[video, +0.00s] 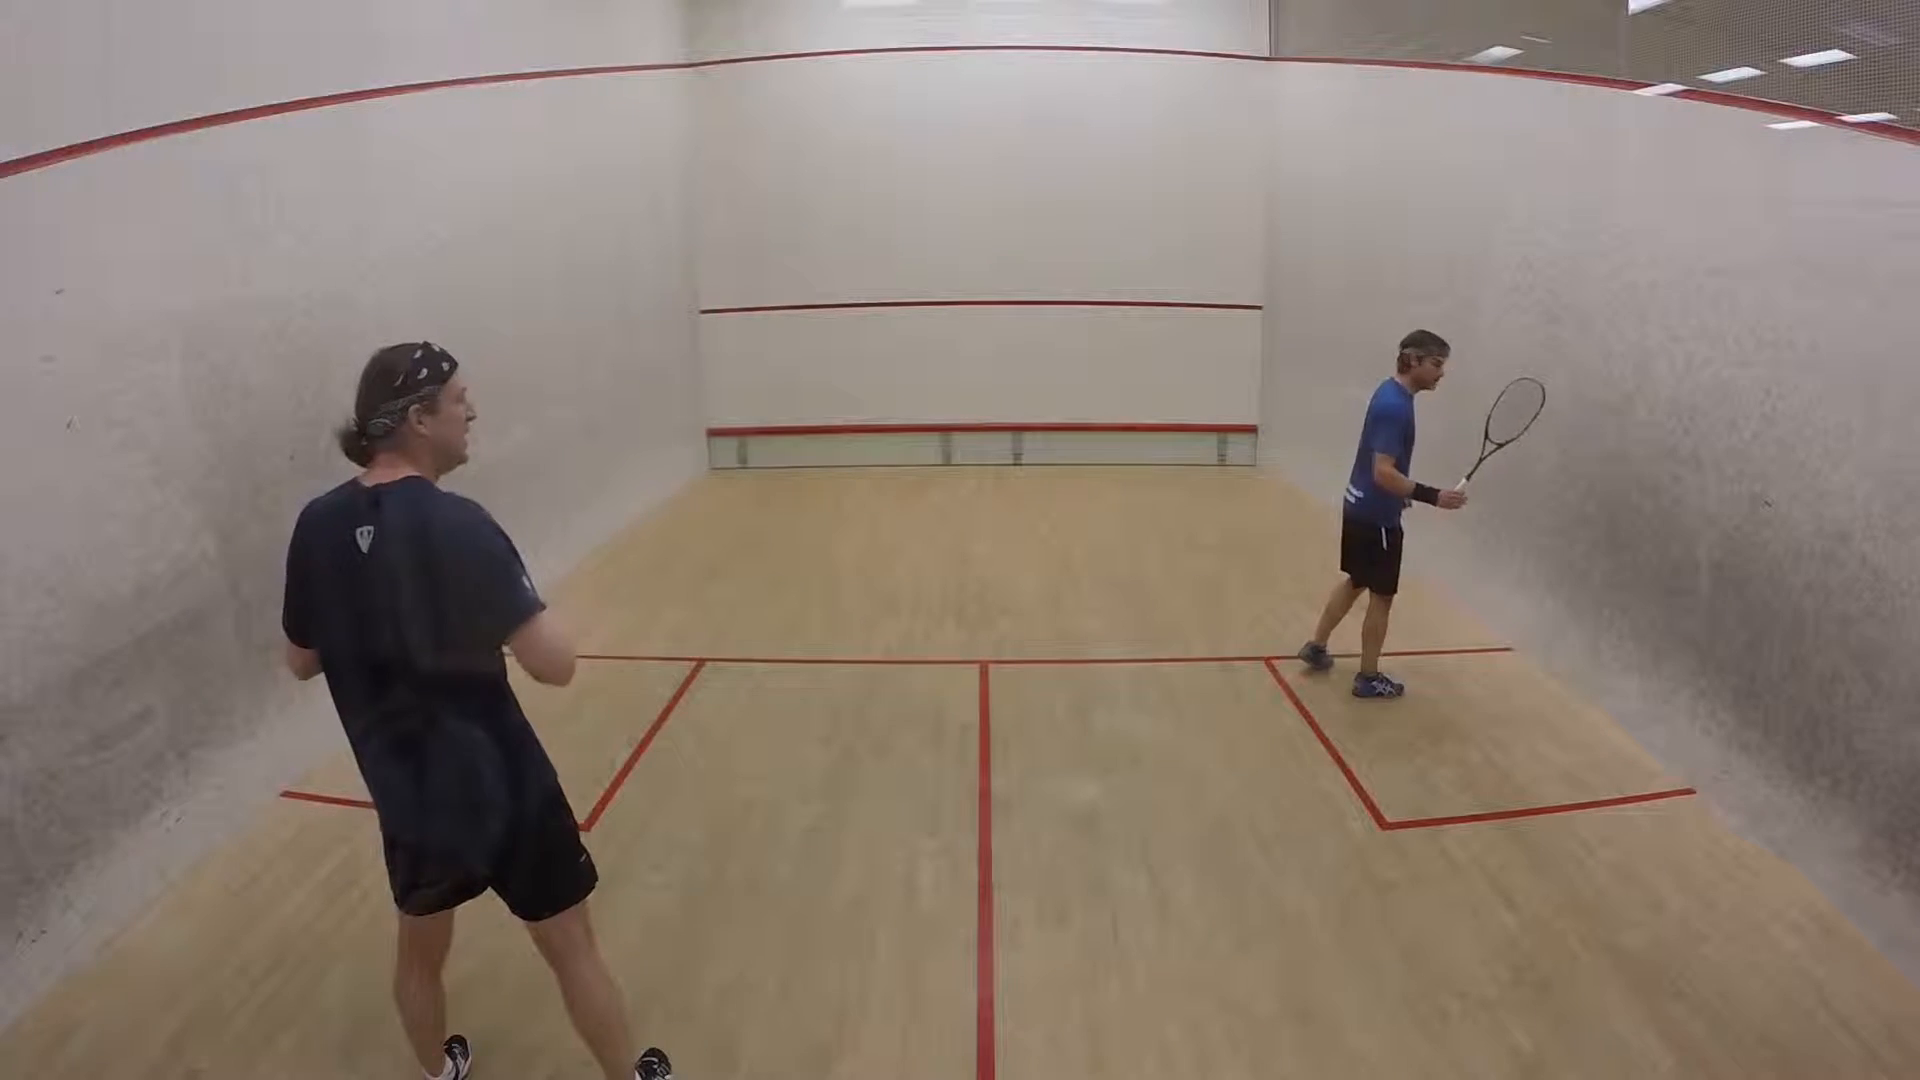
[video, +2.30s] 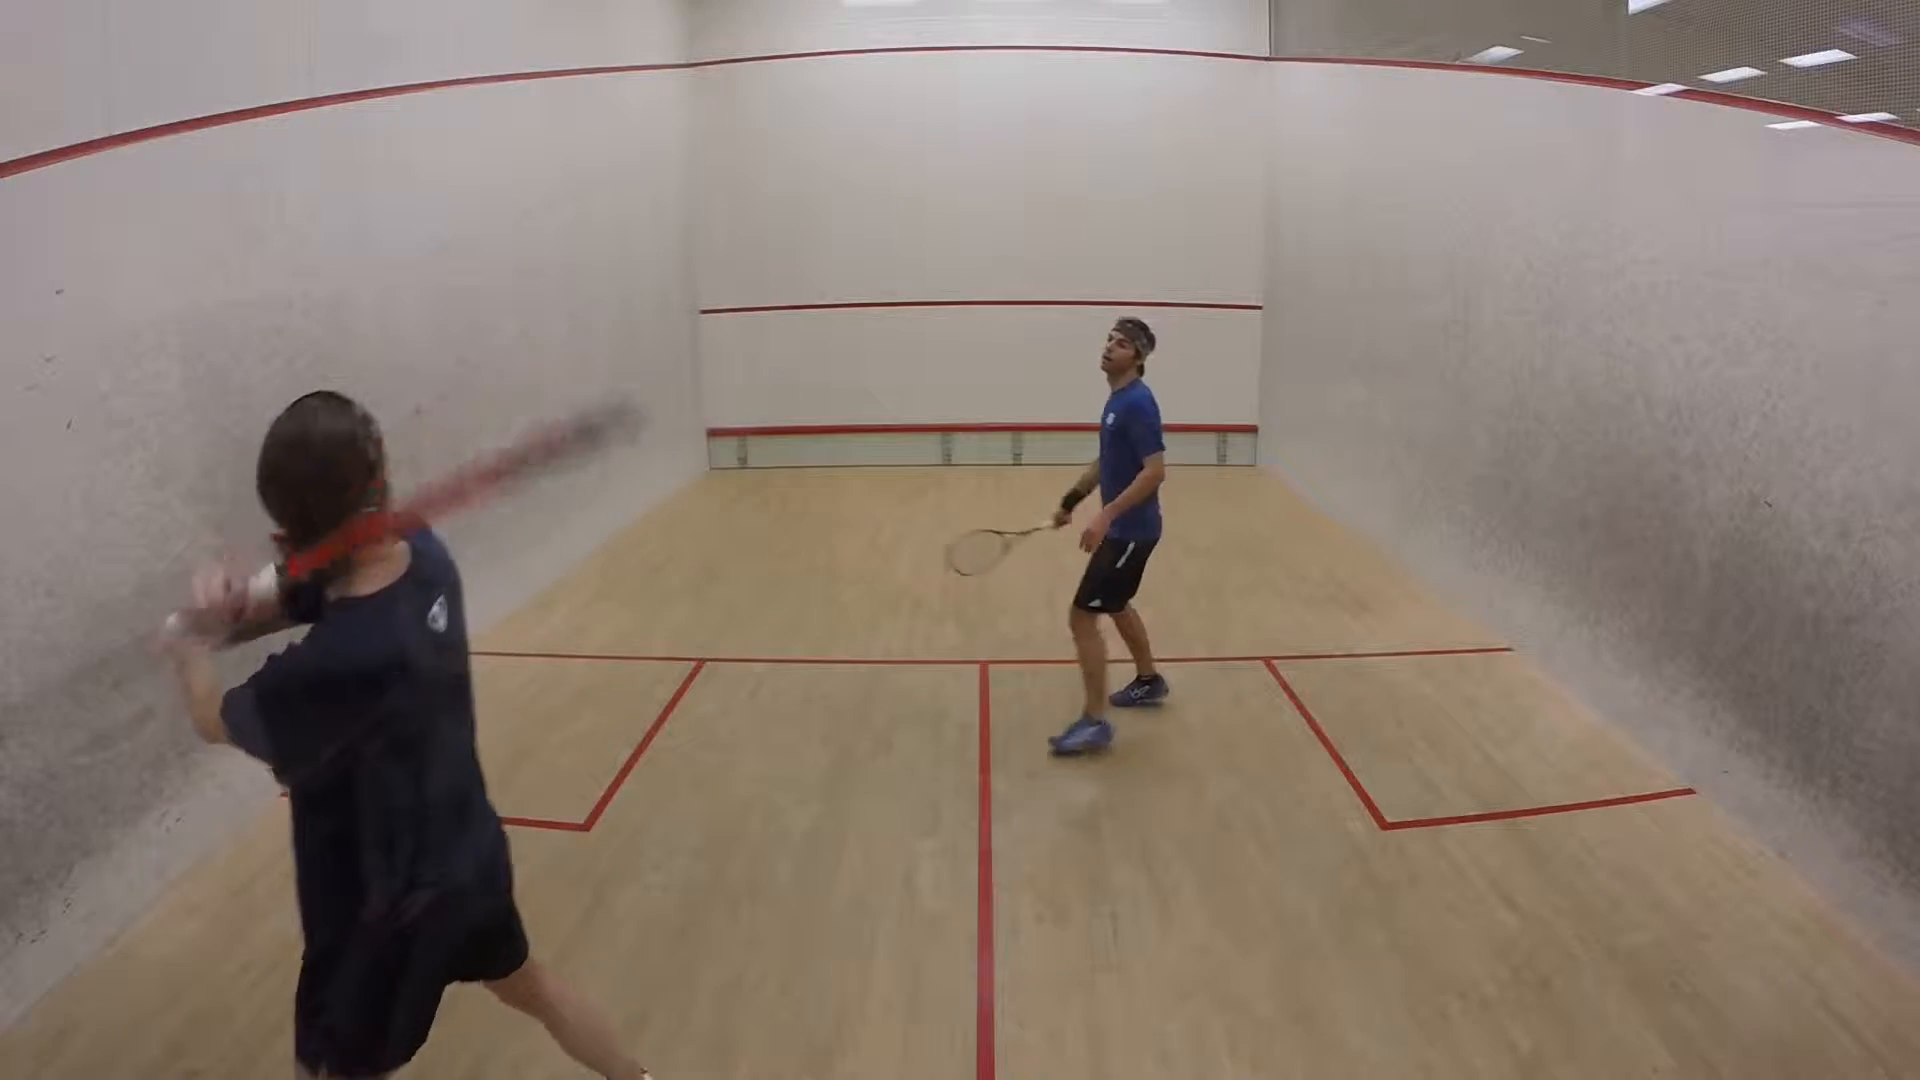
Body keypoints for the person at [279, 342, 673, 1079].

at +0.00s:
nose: (472, 416)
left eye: (467, 400)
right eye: (459, 404)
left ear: (390, 424)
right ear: (414, 421)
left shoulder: (319, 525)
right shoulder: (459, 525)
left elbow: (301, 658)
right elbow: (554, 665)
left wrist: (366, 603)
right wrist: (526, 611)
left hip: (407, 794)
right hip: (502, 782)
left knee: (420, 953)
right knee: (571, 948)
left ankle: (435, 1070)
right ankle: (631, 1071)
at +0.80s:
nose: (475, 407)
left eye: (469, 393)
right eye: (461, 398)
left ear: (398, 425)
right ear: (419, 423)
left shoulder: (325, 526)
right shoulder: (469, 526)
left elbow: (310, 670)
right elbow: (548, 675)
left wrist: (378, 710)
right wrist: (527, 625)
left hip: (407, 789)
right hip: (505, 779)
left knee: (421, 955)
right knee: (575, 954)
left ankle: (436, 1069)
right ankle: (632, 1070)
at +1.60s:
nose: (437, 410)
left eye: (429, 397)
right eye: (430, 400)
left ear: (345, 431)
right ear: (414, 421)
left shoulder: (305, 540)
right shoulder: (475, 512)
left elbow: (283, 695)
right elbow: (569, 643)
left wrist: (311, 796)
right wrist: (499, 657)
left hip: (387, 793)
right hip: (494, 775)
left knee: (411, 949)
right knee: (573, 940)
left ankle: (438, 1067)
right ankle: (631, 1071)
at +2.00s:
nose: (453, 440)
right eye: (448, 430)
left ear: (356, 477)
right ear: (444, 452)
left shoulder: (346, 602)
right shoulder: (505, 531)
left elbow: (280, 756)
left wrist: (238, 847)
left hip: (424, 858)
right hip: (531, 825)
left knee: (394, 1003)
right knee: (580, 953)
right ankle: (641, 1070)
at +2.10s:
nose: (445, 434)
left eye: (436, 421)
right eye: (439, 427)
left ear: (347, 487)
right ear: (437, 453)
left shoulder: (353, 621)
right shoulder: (487, 528)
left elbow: (260, 730)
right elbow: (411, 591)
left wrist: (199, 771)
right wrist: (315, 593)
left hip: (421, 863)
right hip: (520, 830)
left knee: (364, 1017)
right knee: (564, 953)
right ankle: (637, 1069)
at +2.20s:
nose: (427, 448)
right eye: (419, 439)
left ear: (325, 498)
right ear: (416, 465)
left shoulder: (355, 637)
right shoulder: (456, 530)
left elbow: (251, 707)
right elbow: (352, 578)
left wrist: (188, 699)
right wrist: (266, 583)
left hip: (405, 879)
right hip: (499, 836)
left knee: (343, 1057)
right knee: (553, 966)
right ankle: (634, 1069)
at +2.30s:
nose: (386, 463)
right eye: (382, 458)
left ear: (280, 518)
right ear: (380, 483)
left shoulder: (333, 660)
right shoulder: (422, 557)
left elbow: (213, 717)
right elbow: (301, 595)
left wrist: (185, 648)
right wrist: (229, 611)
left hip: (377, 903)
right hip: (466, 856)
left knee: (339, 1061)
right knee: (533, 983)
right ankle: (634, 1072)